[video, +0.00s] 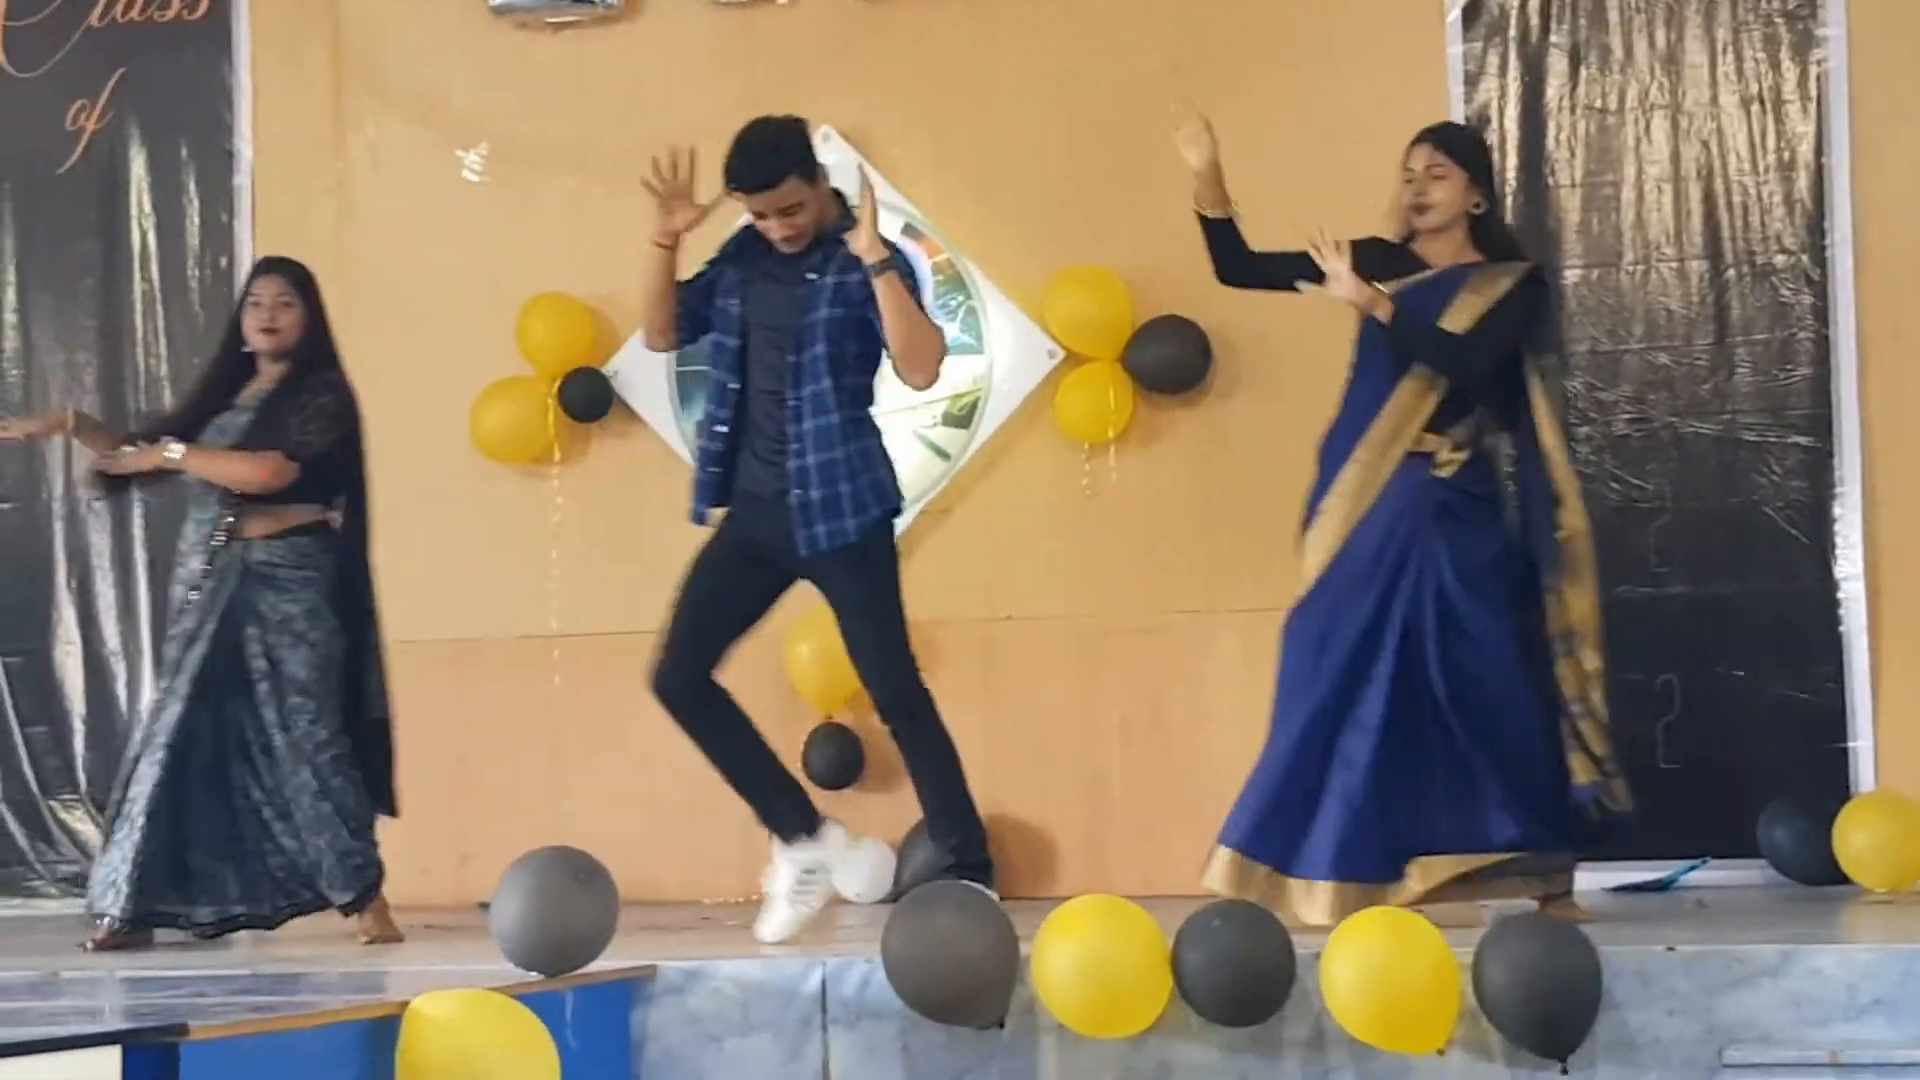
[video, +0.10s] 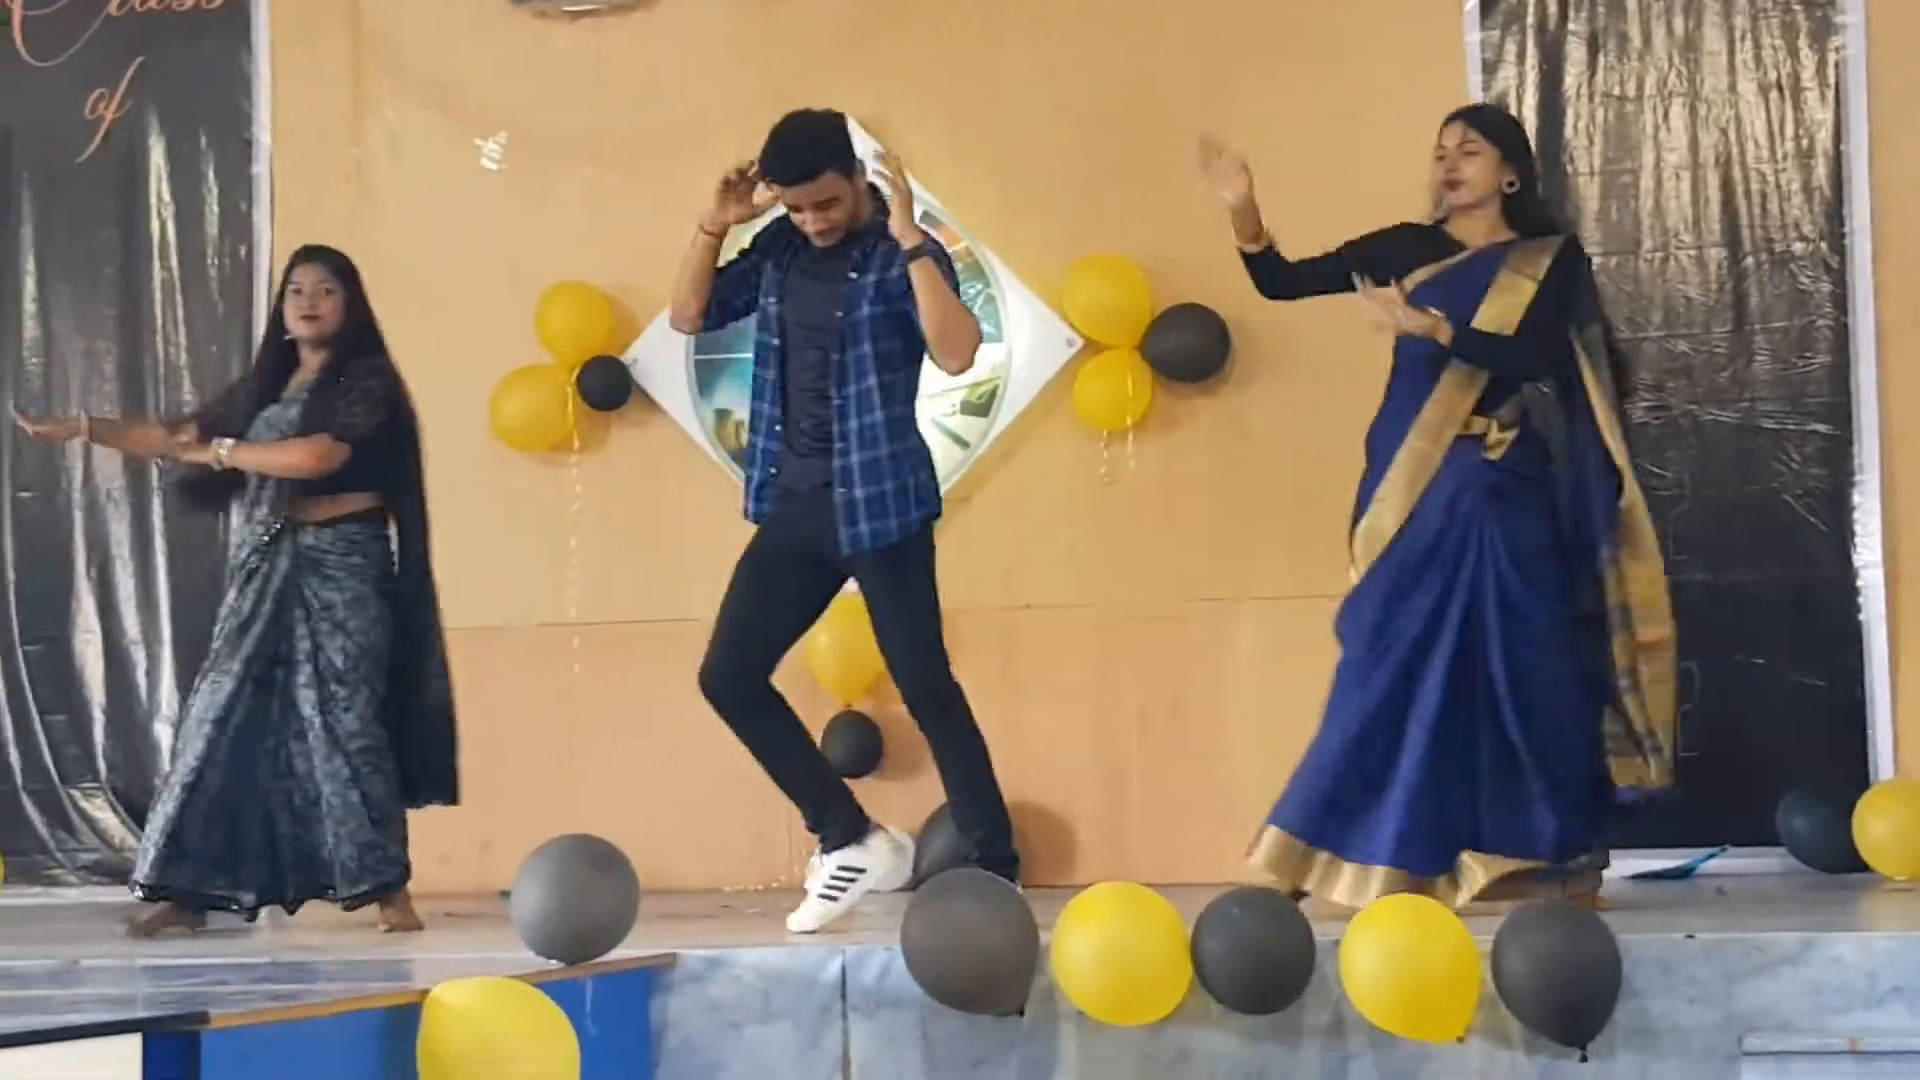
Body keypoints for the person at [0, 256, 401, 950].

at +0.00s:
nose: (267, 316)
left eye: (284, 305)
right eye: (256, 305)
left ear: (311, 318)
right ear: (240, 318)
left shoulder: (324, 395)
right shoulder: (225, 398)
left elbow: (274, 473)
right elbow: (139, 456)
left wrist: (170, 456)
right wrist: (76, 423)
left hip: (290, 580)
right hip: (217, 581)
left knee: (309, 736)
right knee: (174, 729)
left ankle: (366, 894)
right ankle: (130, 906)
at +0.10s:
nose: (308, 303)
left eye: (324, 292)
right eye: (296, 292)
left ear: (352, 306)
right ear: (280, 308)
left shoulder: (370, 383)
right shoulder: (267, 387)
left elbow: (322, 456)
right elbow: (185, 435)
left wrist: (219, 452)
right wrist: (85, 430)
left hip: (344, 565)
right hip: (267, 567)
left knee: (350, 721)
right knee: (218, 712)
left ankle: (391, 888)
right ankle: (181, 892)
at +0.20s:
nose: (353, 284)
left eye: (368, 274)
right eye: (340, 273)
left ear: (390, 290)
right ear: (321, 289)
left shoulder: (408, 356)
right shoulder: (305, 365)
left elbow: (390, 435)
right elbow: (228, 424)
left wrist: (282, 438)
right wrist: (134, 416)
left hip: (386, 546)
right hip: (311, 549)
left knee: (385, 708)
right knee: (276, 695)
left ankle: (419, 880)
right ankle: (246, 865)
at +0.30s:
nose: (384, 273)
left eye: (398, 264)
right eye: (371, 263)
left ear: (419, 278)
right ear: (349, 278)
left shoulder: (435, 345)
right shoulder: (329, 351)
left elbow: (462, 423)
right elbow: (265, 421)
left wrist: (356, 425)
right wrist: (186, 422)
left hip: (411, 535)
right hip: (336, 538)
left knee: (415, 698)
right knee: (326, 693)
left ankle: (439, 871)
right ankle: (328, 869)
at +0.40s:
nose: (402, 270)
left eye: (414, 260)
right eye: (387, 259)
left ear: (432, 274)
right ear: (362, 274)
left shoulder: (451, 350)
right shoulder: (339, 357)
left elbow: (512, 435)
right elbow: (312, 446)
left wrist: (421, 449)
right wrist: (260, 462)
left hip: (417, 545)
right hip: (341, 546)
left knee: (423, 700)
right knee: (343, 697)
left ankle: (447, 872)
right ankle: (347, 869)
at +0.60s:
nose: (392, 273)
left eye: (406, 262)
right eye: (378, 263)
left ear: (428, 274)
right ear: (359, 278)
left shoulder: (462, 359)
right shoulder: (335, 358)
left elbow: (498, 440)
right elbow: (308, 443)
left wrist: (495, 457)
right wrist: (268, 477)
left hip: (422, 544)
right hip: (341, 542)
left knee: (421, 698)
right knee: (281, 676)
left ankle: (444, 870)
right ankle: (306, 837)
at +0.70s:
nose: (374, 265)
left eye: (389, 251)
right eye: (359, 254)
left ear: (414, 261)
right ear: (343, 268)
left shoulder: (454, 344)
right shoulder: (323, 347)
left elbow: (498, 437)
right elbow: (269, 442)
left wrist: (520, 399)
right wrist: (201, 405)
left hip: (413, 533)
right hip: (329, 531)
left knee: (419, 686)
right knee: (283, 673)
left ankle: (451, 863)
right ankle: (263, 841)